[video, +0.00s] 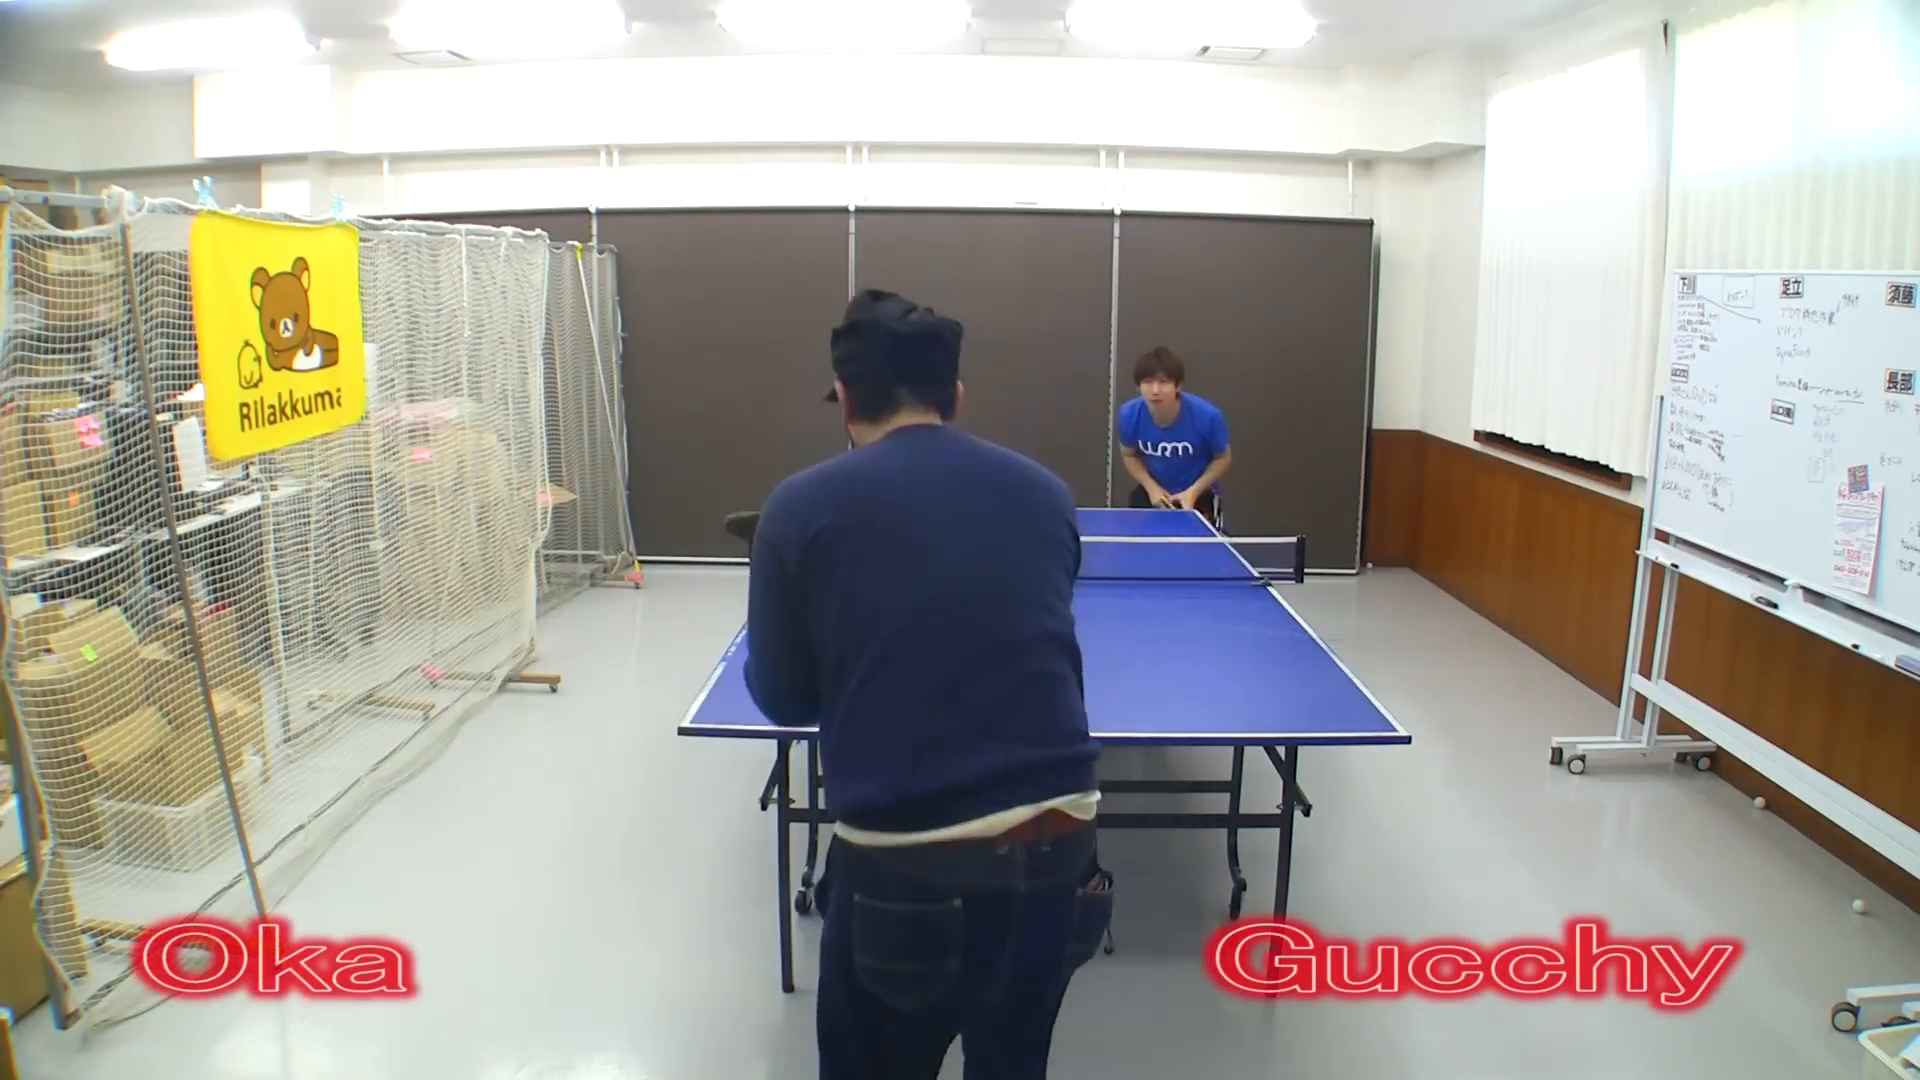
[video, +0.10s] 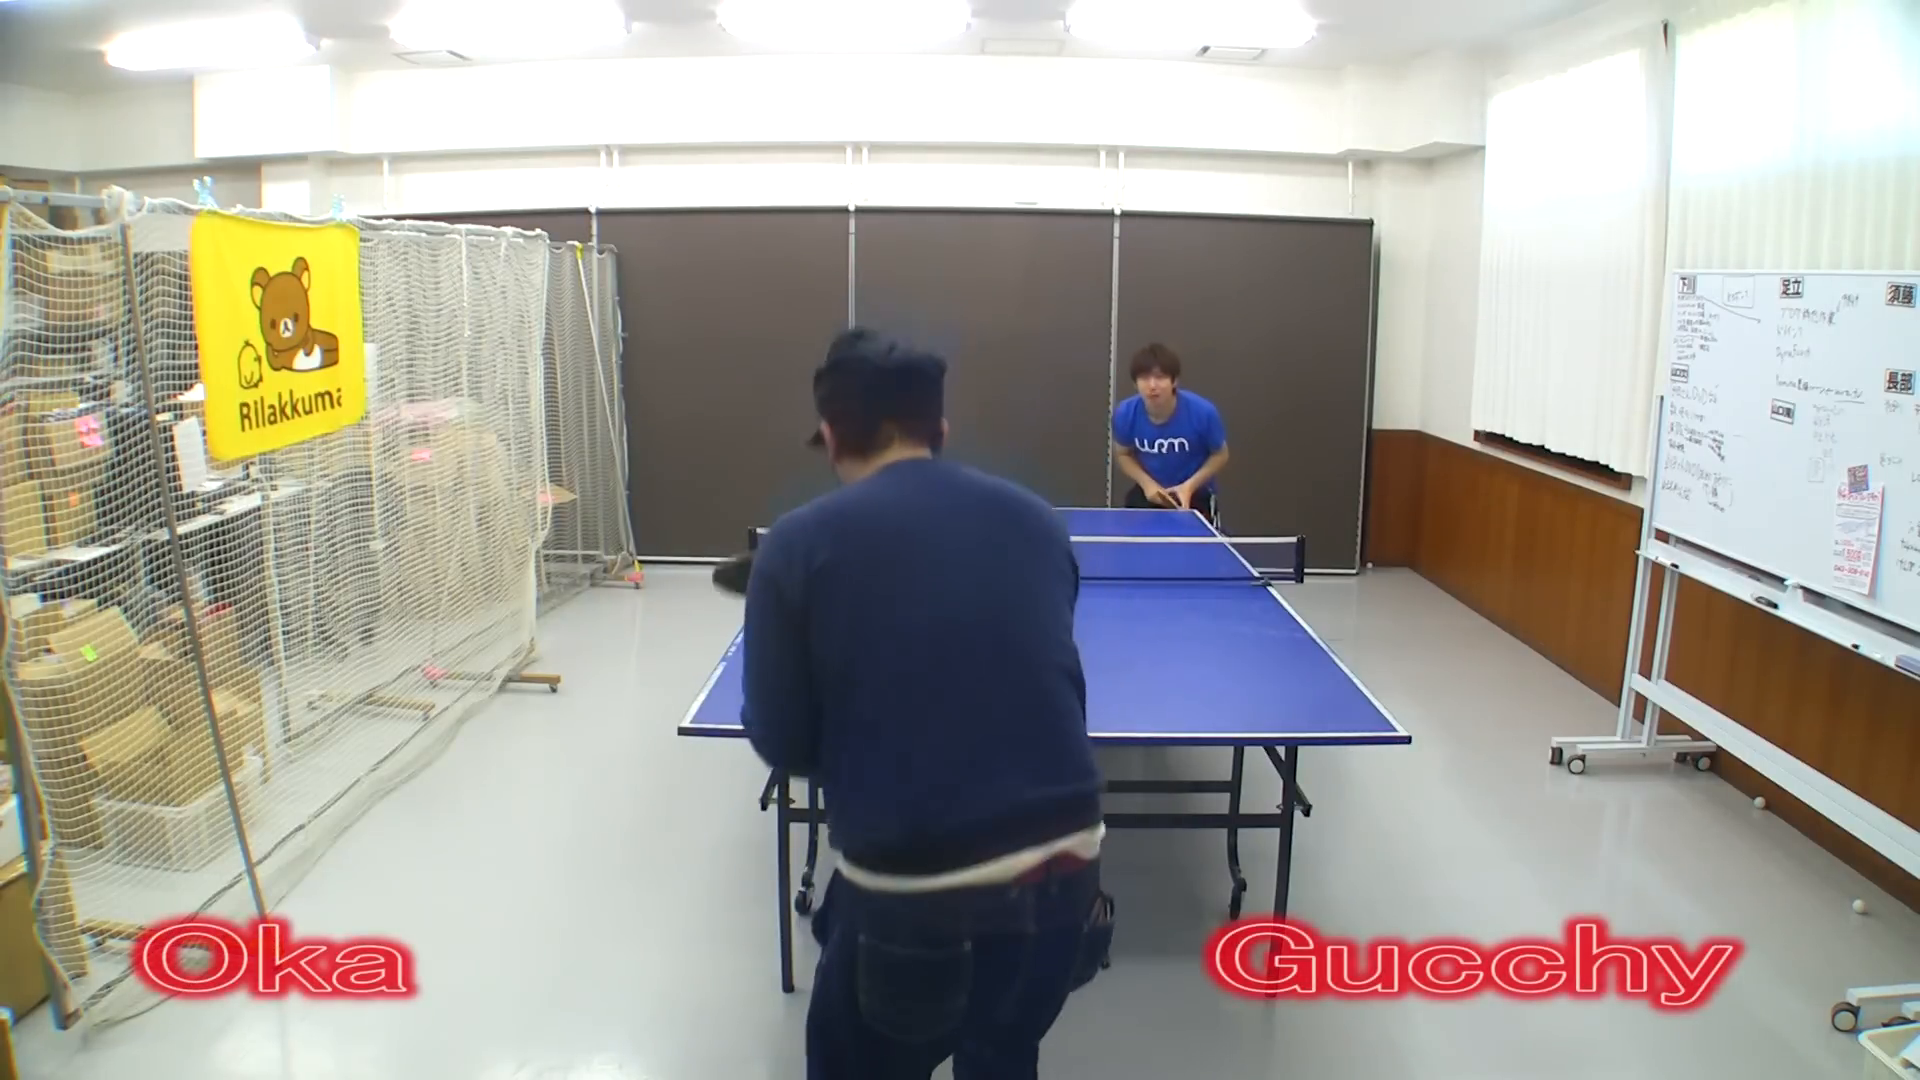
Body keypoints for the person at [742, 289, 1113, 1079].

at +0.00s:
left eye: (833, 395)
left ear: (842, 398)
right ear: (957, 398)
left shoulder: (802, 506)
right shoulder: (1044, 491)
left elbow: (783, 697)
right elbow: (1040, 643)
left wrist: (878, 641)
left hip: (903, 887)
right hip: (1052, 879)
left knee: (871, 1068)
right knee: (1013, 1069)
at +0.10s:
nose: (822, 453)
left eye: (819, 439)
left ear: (828, 438)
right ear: (942, 429)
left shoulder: (800, 543)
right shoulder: (1035, 518)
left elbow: (784, 739)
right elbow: (1054, 680)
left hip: (907, 911)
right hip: (1056, 898)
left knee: (855, 1067)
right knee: (1004, 1064)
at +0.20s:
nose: (807, 538)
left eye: (803, 524)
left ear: (813, 514)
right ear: (914, 493)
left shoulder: (800, 606)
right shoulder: (1029, 561)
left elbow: (793, 814)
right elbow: (1065, 730)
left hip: (921, 971)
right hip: (1069, 956)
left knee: (829, 1067)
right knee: (1006, 1067)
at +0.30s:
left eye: (801, 564)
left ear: (805, 555)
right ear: (917, 528)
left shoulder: (782, 663)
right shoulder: (1026, 575)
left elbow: (794, 865)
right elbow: (1138, 677)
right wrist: (1030, 633)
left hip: (922, 1012)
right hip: (1083, 990)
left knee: (838, 1066)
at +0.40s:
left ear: (826, 518)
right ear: (941, 493)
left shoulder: (787, 649)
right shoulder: (1023, 543)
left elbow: (782, 831)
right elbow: (1201, 597)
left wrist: (879, 825)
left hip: (917, 994)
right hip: (1082, 974)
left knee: (875, 1064)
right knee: (1057, 1068)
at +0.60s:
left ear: (917, 433)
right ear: (1036, 432)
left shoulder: (852, 565)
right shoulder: (1093, 531)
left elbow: (814, 744)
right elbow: (1246, 645)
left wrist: (917, 750)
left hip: (914, 951)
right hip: (1073, 946)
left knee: (902, 1066)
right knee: (1112, 1066)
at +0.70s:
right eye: (1096, 420)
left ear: (965, 428)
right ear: (1083, 432)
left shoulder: (889, 543)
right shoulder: (1132, 538)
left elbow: (834, 710)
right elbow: (1265, 680)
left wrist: (927, 748)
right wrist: (1193, 695)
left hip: (922, 933)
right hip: (1084, 933)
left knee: (914, 1067)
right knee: (1125, 1065)